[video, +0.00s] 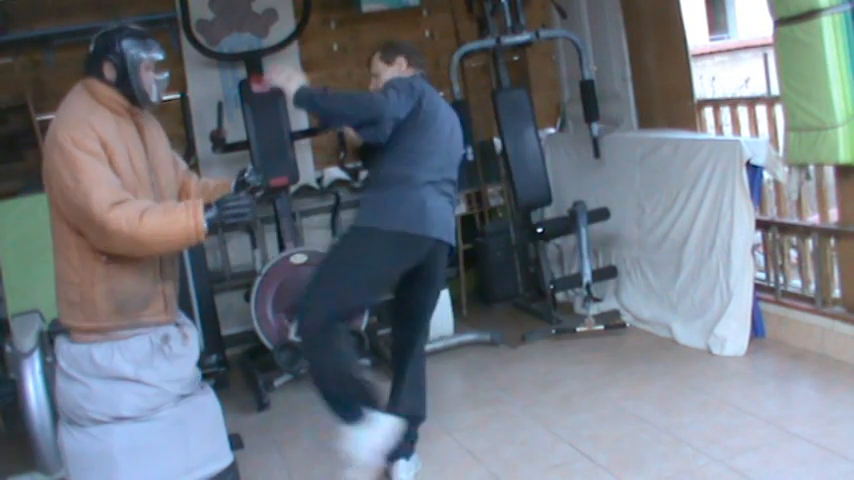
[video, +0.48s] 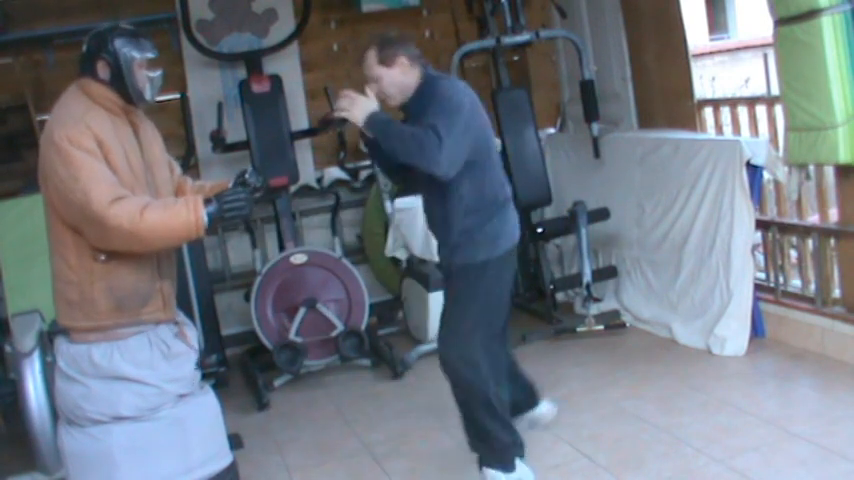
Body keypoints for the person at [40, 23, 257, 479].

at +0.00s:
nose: (155, 78)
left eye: (156, 66)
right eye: (145, 67)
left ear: (120, 67)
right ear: (111, 66)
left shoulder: (142, 120)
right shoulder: (74, 129)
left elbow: (182, 187)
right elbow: (113, 222)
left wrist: (236, 187)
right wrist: (205, 217)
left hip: (158, 320)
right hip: (105, 334)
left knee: (187, 448)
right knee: (124, 459)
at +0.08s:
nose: (150, 75)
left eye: (151, 64)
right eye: (140, 64)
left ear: (117, 67)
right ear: (108, 65)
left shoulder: (138, 120)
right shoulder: (72, 127)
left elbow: (178, 189)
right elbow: (108, 222)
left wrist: (226, 189)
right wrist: (199, 220)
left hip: (158, 316)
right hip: (105, 330)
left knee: (189, 447)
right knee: (126, 458)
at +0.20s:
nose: (143, 73)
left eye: (143, 63)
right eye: (132, 63)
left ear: (108, 68)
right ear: (100, 66)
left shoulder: (135, 121)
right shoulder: (66, 129)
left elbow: (173, 188)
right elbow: (107, 222)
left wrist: (223, 191)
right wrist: (200, 219)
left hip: (156, 316)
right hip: (102, 329)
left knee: (191, 444)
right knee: (123, 456)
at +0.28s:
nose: (146, 76)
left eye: (147, 65)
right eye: (136, 65)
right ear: (103, 67)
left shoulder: (137, 120)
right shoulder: (69, 130)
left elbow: (176, 188)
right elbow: (111, 223)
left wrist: (228, 189)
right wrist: (205, 215)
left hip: (157, 317)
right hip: (103, 331)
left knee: (191, 447)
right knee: (125, 459)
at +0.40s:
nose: (150, 76)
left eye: (150, 65)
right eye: (140, 65)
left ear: (118, 67)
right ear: (108, 66)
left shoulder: (140, 121)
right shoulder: (72, 128)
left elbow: (177, 188)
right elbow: (113, 219)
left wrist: (228, 188)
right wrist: (205, 213)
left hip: (158, 317)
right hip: (104, 330)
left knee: (190, 447)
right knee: (125, 458)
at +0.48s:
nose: (146, 75)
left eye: (147, 64)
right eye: (136, 65)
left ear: (113, 68)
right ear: (103, 66)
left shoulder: (136, 121)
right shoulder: (69, 129)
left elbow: (175, 189)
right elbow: (110, 220)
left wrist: (228, 188)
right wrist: (203, 214)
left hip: (157, 319)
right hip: (104, 331)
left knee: (194, 450)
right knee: (125, 460)